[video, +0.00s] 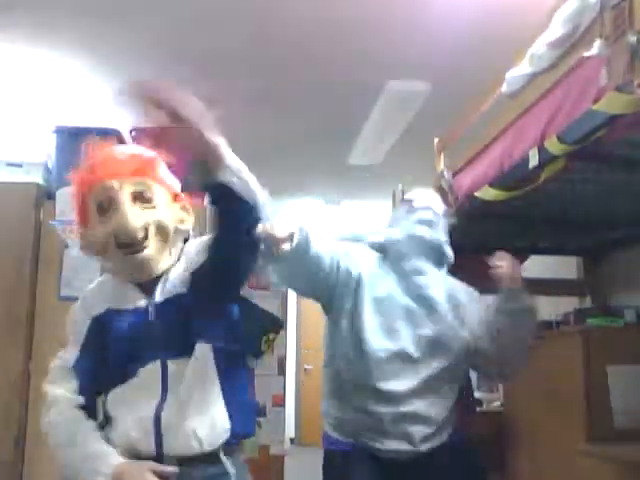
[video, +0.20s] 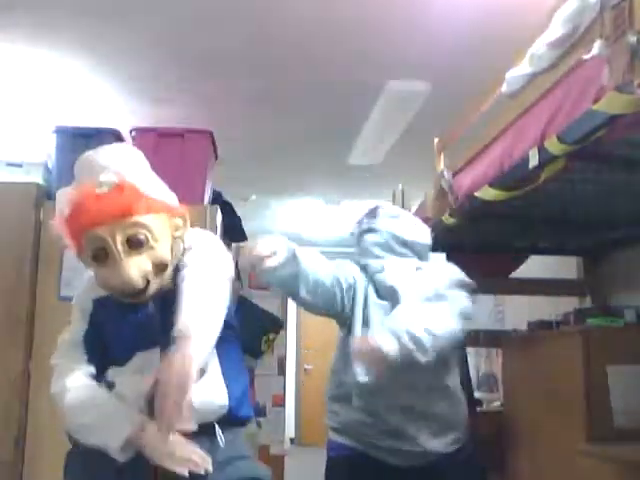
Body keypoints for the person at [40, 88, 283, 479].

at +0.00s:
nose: (127, 220)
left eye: (143, 198)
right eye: (105, 208)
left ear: (180, 213)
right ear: (88, 236)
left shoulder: (207, 274)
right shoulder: (95, 305)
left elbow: (245, 223)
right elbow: (61, 407)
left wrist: (212, 156)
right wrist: (111, 467)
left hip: (211, 465)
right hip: (129, 467)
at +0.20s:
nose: (126, 273)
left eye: (137, 242)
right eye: (100, 255)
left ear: (174, 231)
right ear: (86, 262)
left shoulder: (200, 262)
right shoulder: (93, 304)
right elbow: (69, 385)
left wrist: (182, 359)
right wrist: (144, 436)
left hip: (215, 444)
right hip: (118, 450)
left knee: (243, 471)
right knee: (84, 461)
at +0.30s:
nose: (122, 261)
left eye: (134, 231)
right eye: (98, 244)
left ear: (173, 223)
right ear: (84, 252)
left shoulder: (200, 241)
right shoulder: (95, 295)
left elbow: (188, 314)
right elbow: (66, 369)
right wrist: (136, 420)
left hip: (206, 429)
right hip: (114, 435)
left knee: (228, 468)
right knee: (79, 458)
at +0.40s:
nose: (116, 238)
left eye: (130, 211)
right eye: (94, 220)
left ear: (171, 204)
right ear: (80, 226)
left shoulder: (198, 224)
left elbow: (175, 314)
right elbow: (59, 349)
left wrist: (112, 398)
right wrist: (134, 396)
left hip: (199, 426)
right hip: (102, 419)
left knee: (213, 467)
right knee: (66, 451)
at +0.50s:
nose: (112, 224)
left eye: (127, 195)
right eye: (91, 204)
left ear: (174, 192)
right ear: (79, 212)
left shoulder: (199, 216)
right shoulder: (82, 254)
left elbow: (171, 305)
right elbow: (54, 335)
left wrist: (90, 379)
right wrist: (122, 381)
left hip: (189, 416)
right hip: (99, 419)